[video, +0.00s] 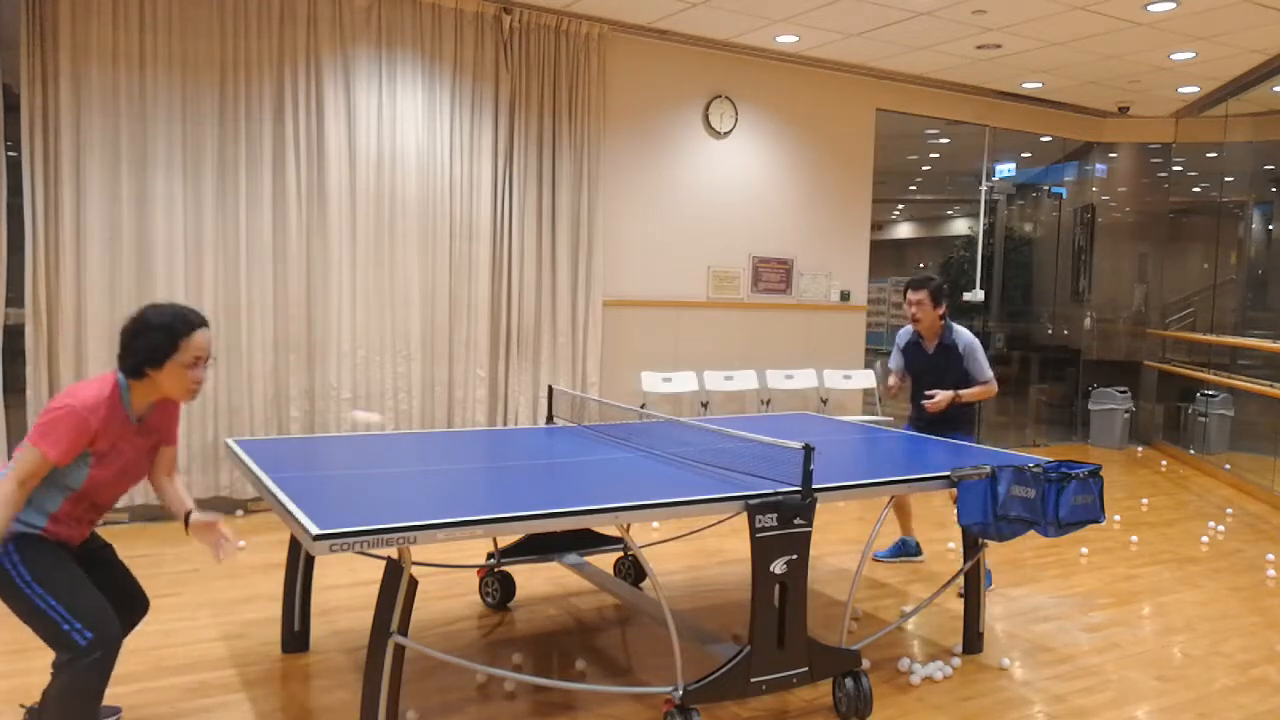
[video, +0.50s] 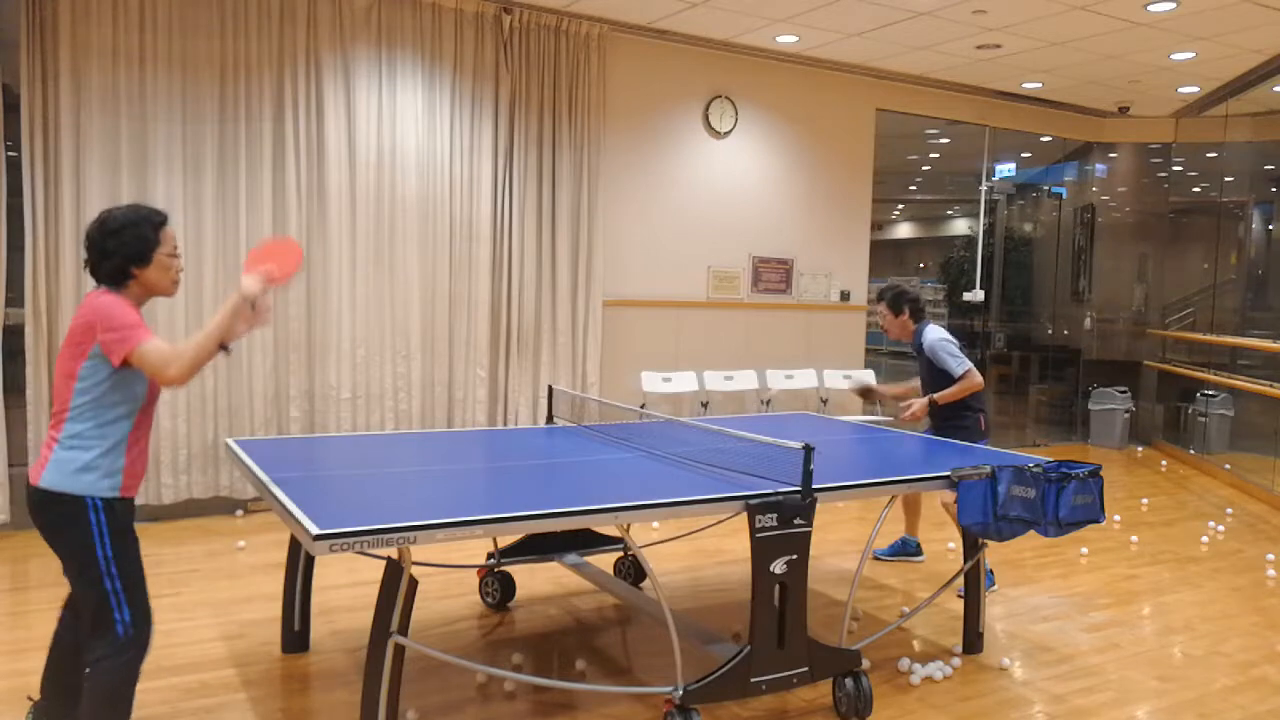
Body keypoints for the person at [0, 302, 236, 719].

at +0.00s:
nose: (203, 375)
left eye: (206, 363)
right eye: (195, 364)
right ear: (153, 363)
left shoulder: (164, 405)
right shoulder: (84, 408)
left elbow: (165, 476)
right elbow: (16, 481)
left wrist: (191, 516)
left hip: (70, 535)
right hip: (19, 536)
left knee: (129, 605)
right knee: (96, 636)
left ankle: (62, 704)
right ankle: (63, 713)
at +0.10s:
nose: (197, 345)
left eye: (200, 333)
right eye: (189, 333)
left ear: (155, 337)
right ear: (148, 334)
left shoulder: (157, 379)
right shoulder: (95, 375)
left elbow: (160, 449)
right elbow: (70, 470)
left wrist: (208, 475)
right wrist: (85, 522)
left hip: (65, 511)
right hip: (19, 518)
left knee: (126, 598)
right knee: (96, 635)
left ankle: (61, 703)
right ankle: (62, 714)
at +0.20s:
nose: (191, 303)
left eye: (193, 291)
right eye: (183, 291)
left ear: (154, 293)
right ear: (143, 291)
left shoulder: (140, 334)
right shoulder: (98, 329)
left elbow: (157, 397)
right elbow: (132, 399)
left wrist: (214, 396)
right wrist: (217, 351)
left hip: (81, 499)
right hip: (38, 499)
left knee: (114, 591)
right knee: (87, 630)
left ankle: (70, 701)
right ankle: (54, 714)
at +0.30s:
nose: (183, 268)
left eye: (183, 257)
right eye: (174, 258)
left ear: (138, 264)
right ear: (136, 263)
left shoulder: (133, 314)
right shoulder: (103, 297)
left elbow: (167, 369)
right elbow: (167, 345)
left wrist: (227, 340)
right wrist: (224, 286)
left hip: (84, 480)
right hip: (60, 479)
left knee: (92, 611)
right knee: (91, 618)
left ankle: (64, 701)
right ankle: (61, 711)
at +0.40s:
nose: (178, 254)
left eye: (176, 244)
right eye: (169, 245)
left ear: (135, 256)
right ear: (133, 256)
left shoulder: (120, 301)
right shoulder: (104, 296)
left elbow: (172, 359)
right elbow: (174, 347)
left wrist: (227, 319)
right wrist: (232, 276)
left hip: (88, 476)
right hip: (77, 477)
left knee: (81, 601)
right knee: (108, 613)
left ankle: (56, 706)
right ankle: (80, 712)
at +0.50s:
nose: (179, 261)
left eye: (176, 250)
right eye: (169, 252)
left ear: (136, 266)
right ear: (135, 265)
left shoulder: (115, 311)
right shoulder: (107, 309)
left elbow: (168, 371)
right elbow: (172, 369)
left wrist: (229, 334)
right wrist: (235, 305)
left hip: (89, 491)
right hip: (83, 495)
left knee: (91, 605)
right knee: (127, 628)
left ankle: (53, 711)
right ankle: (96, 714)